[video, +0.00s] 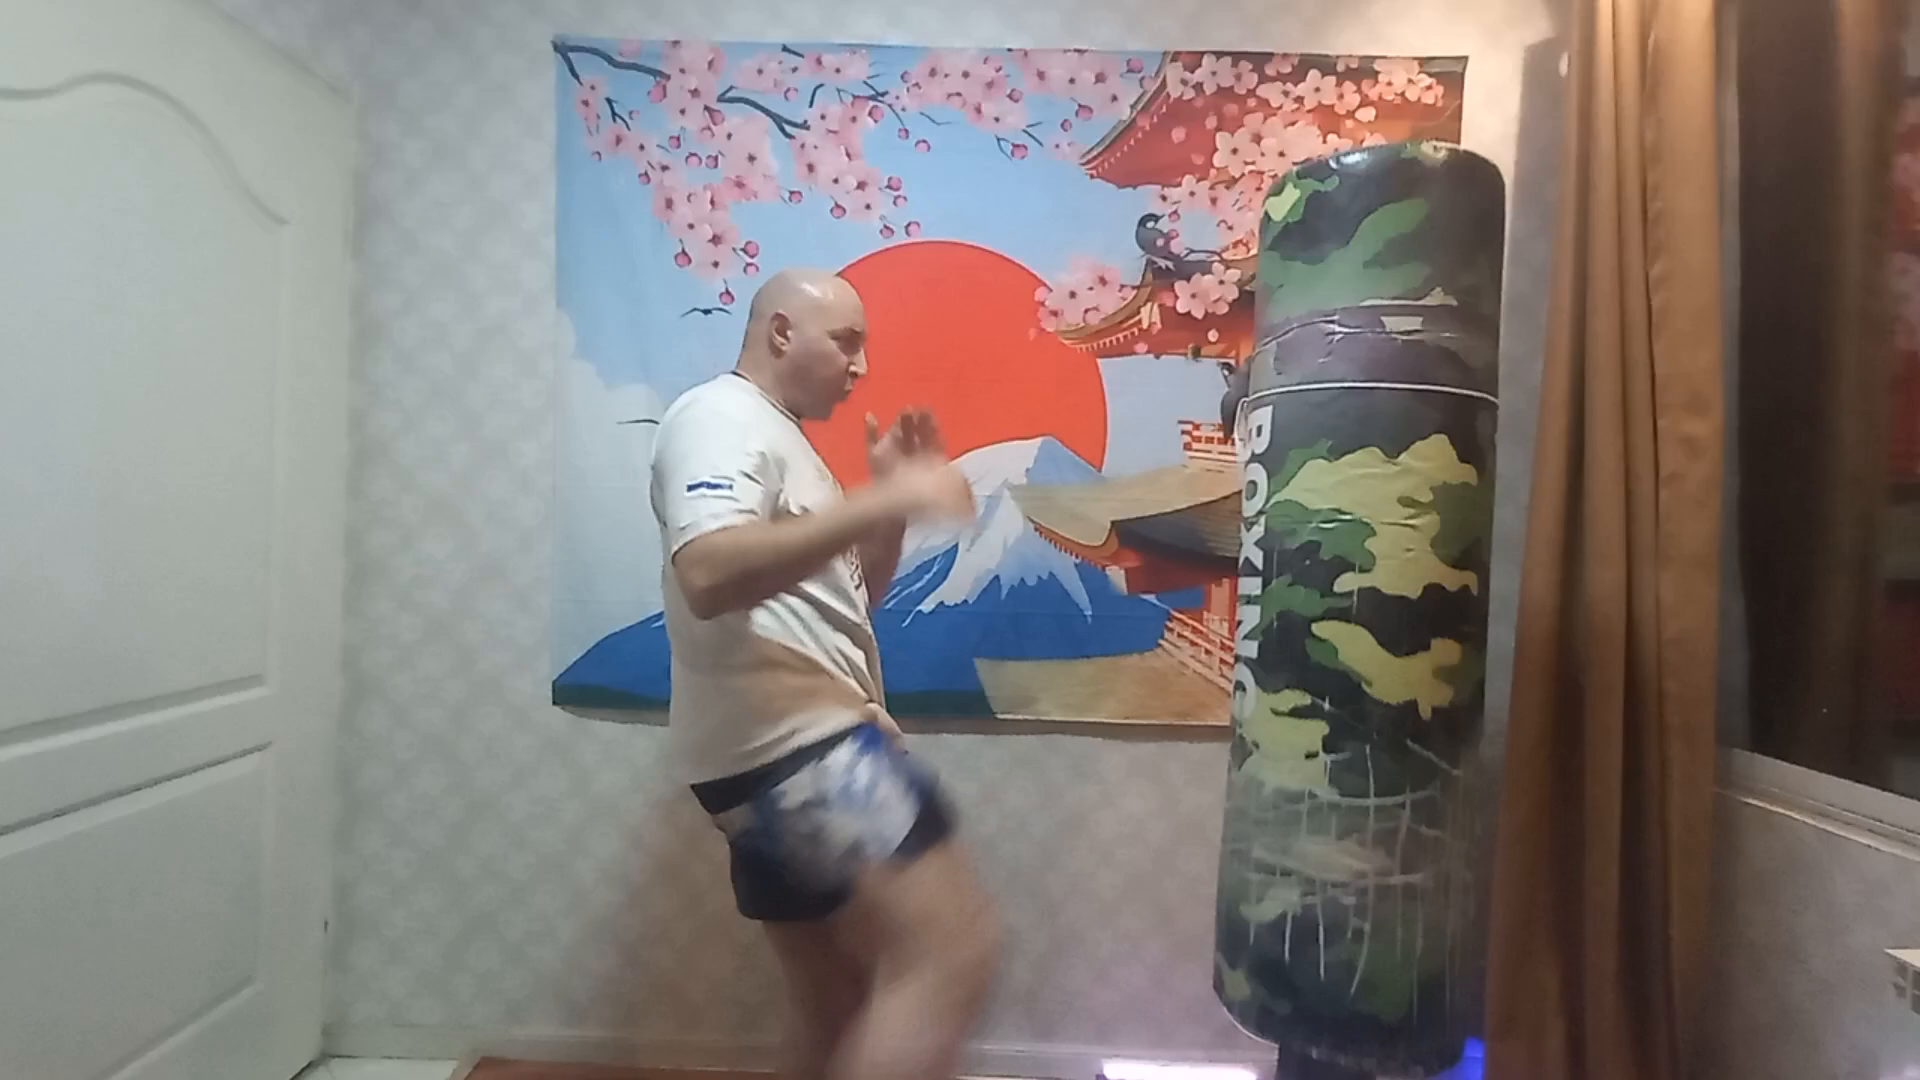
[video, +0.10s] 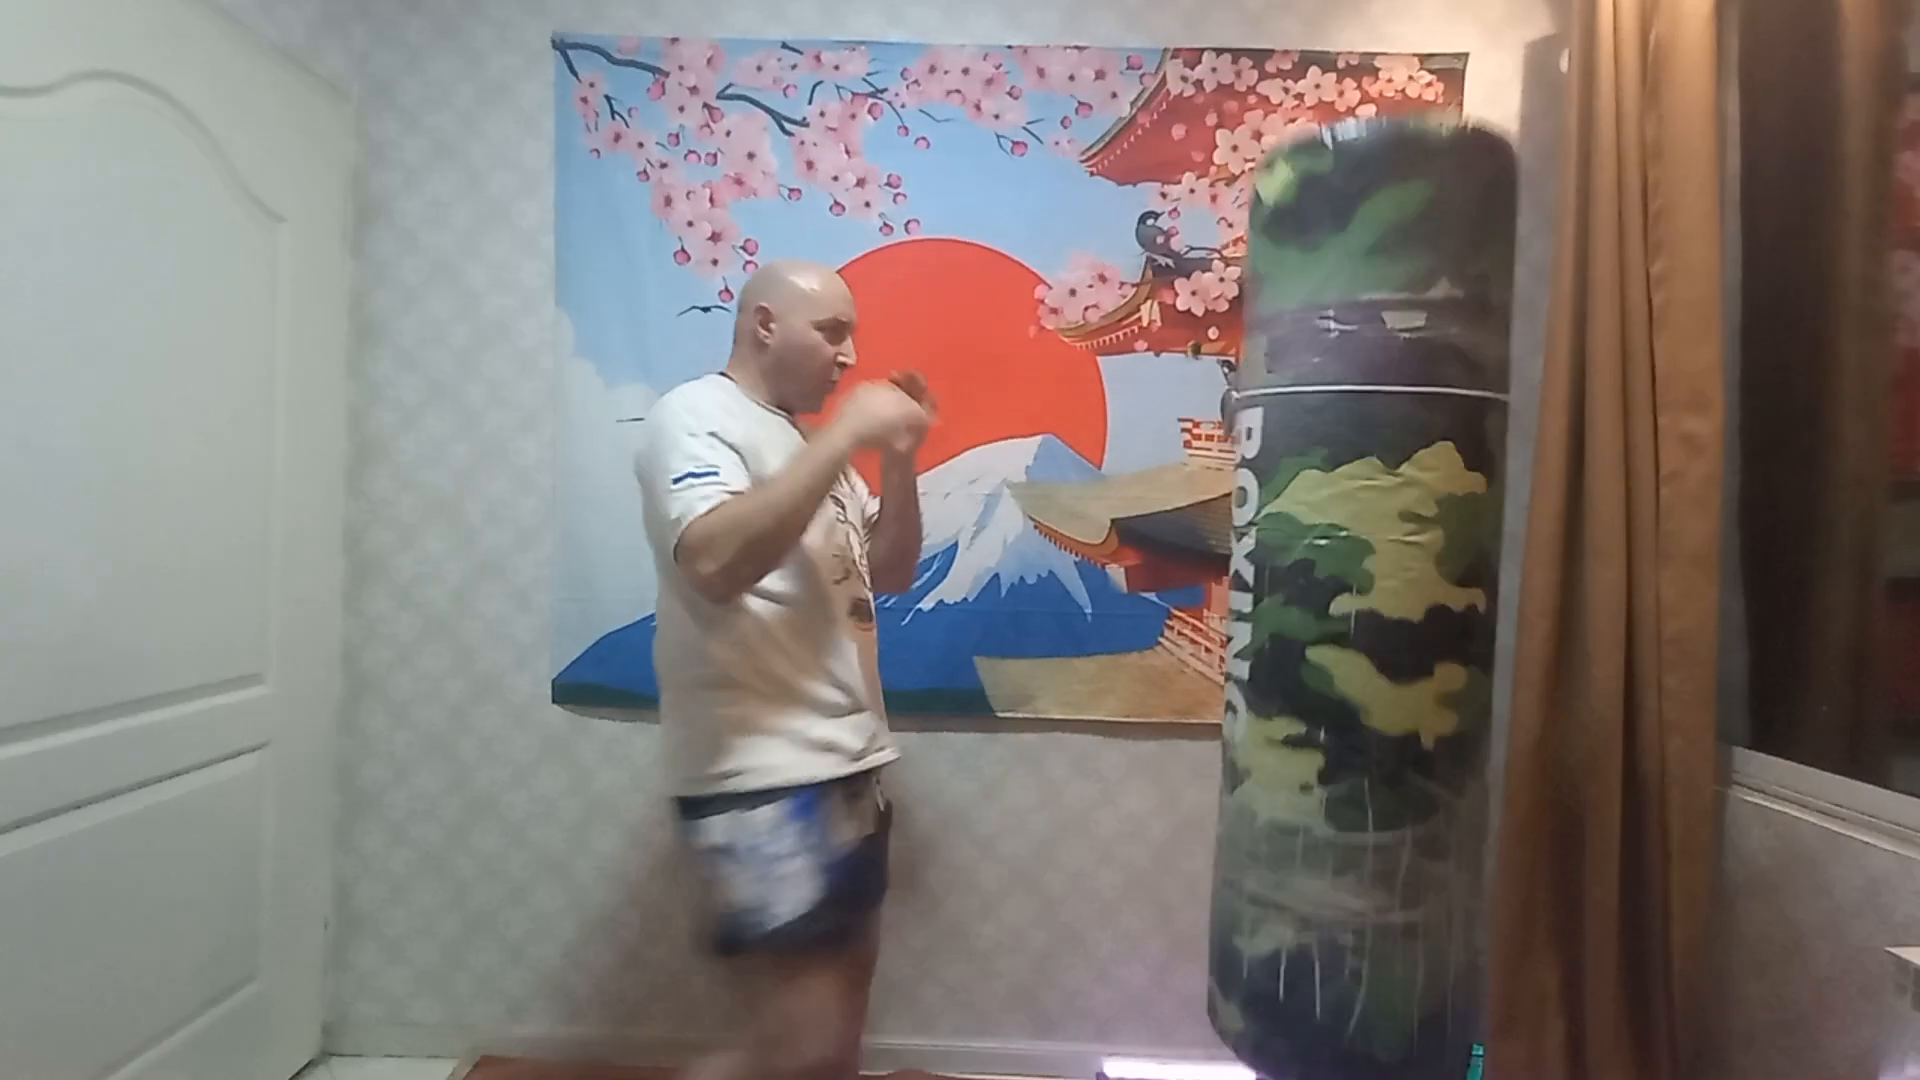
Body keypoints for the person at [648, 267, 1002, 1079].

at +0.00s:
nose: (859, 363)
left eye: (862, 345)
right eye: (844, 341)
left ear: (782, 339)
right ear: (779, 334)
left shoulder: (786, 445)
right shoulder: (718, 412)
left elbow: (851, 595)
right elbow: (707, 572)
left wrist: (891, 499)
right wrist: (887, 501)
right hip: (792, 743)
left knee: (835, 1014)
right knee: (951, 947)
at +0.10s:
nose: (846, 353)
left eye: (850, 335)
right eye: (831, 331)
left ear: (777, 333)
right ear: (766, 327)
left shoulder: (816, 446)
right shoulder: (691, 416)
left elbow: (891, 572)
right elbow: (714, 561)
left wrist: (903, 460)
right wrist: (843, 435)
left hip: (847, 767)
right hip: (758, 780)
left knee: (835, 1039)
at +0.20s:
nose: (828, 341)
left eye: (833, 325)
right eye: (809, 321)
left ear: (834, 332)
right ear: (741, 318)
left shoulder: (825, 436)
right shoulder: (654, 417)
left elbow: (910, 559)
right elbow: (692, 552)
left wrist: (896, 444)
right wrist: (799, 412)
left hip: (843, 778)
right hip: (698, 799)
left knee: (845, 1008)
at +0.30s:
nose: (809, 338)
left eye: (815, 320)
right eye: (788, 318)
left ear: (816, 330)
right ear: (718, 320)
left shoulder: (821, 436)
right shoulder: (619, 415)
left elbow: (909, 560)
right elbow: (611, 563)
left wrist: (882, 439)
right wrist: (751, 434)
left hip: (820, 780)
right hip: (660, 791)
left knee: (883, 988)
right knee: (589, 1026)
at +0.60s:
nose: (815, 344)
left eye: (819, 327)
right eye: (795, 324)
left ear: (819, 338)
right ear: (724, 326)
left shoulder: (834, 451)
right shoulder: (632, 418)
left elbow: (911, 569)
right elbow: (631, 548)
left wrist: (923, 462)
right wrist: (772, 437)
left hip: (800, 777)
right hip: (650, 784)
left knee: (876, 968)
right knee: (600, 1019)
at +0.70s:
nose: (838, 353)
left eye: (839, 336)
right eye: (821, 333)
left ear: (762, 338)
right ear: (754, 334)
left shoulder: (802, 448)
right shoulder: (699, 422)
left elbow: (835, 573)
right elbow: (831, 491)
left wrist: (886, 496)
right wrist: (915, 374)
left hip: (826, 776)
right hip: (705, 784)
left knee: (884, 960)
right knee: (647, 1038)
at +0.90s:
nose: (857, 374)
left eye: (858, 354)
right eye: (845, 352)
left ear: (776, 351)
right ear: (784, 346)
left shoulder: (714, 430)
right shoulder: (773, 422)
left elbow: (785, 557)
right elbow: (862, 543)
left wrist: (867, 469)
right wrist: (1025, 468)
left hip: (783, 761)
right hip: (849, 737)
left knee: (881, 970)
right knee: (1043, 867)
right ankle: (903, 1048)